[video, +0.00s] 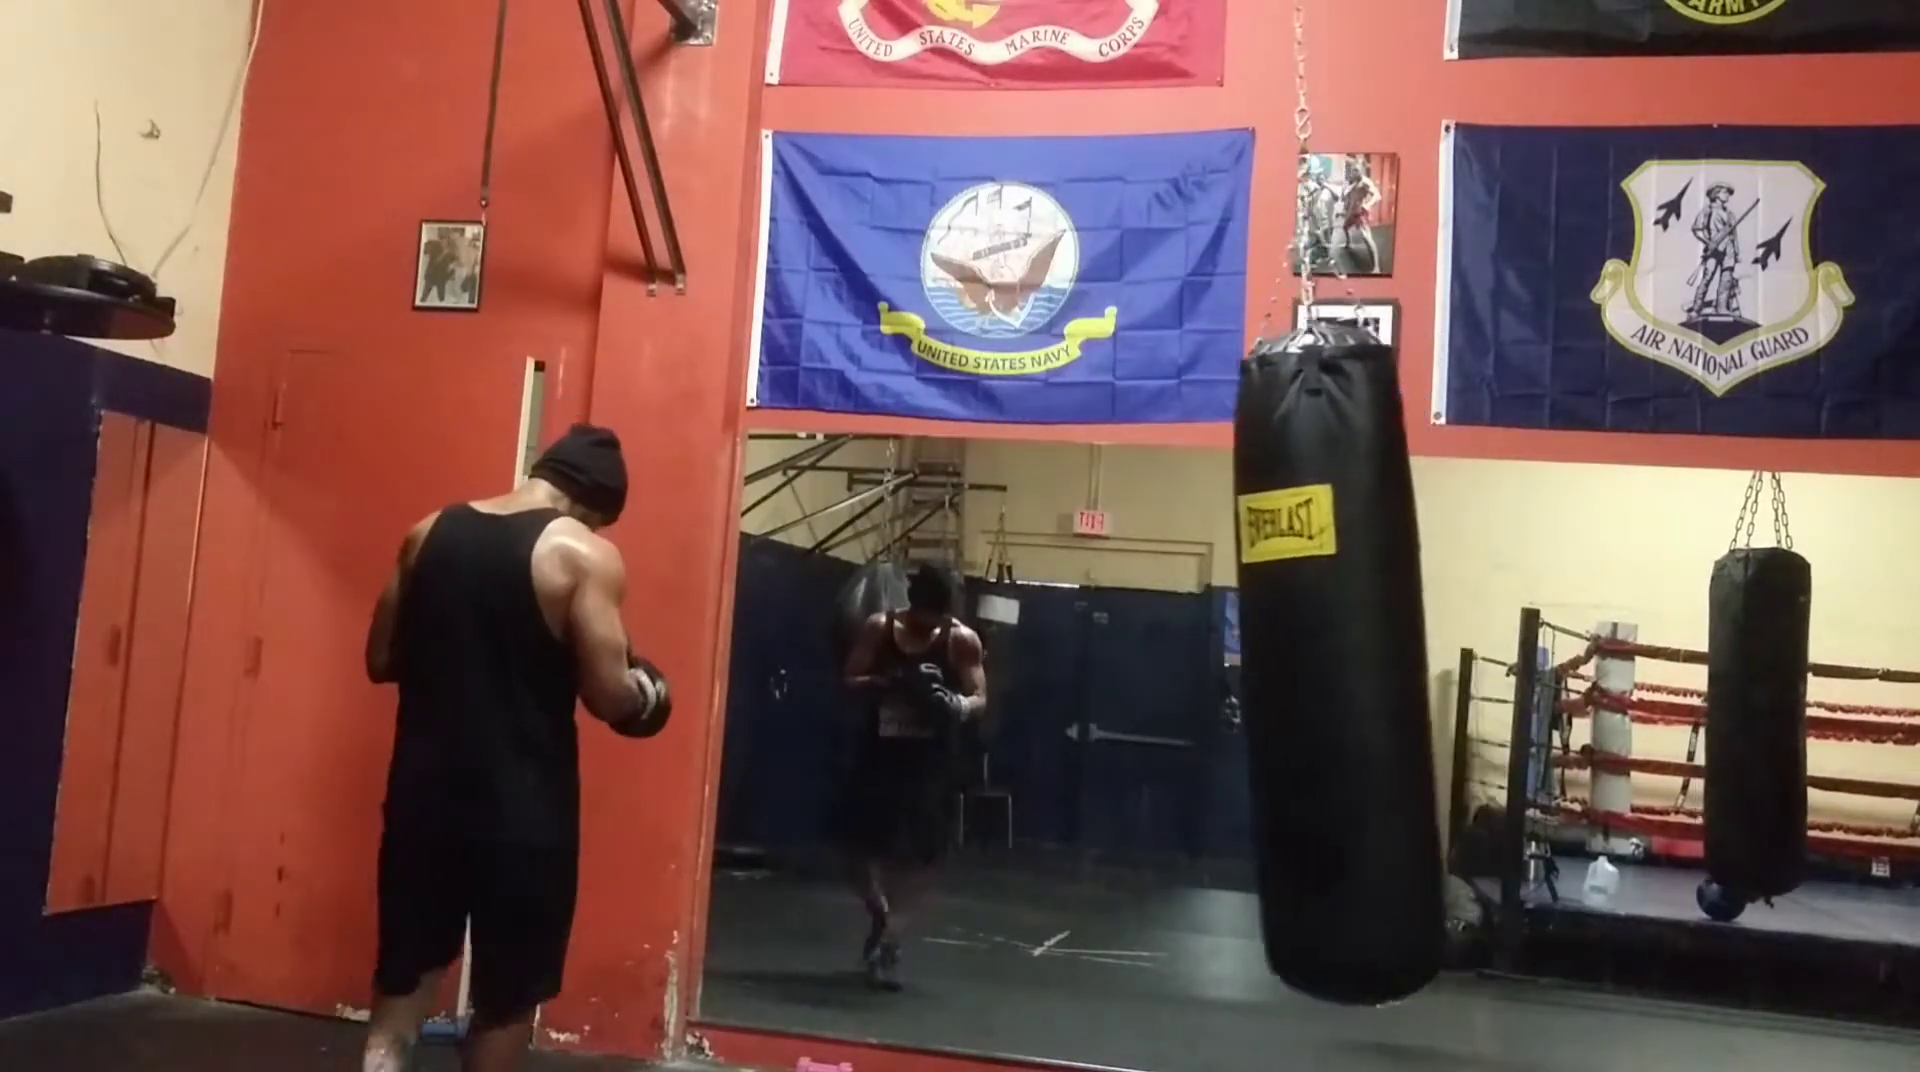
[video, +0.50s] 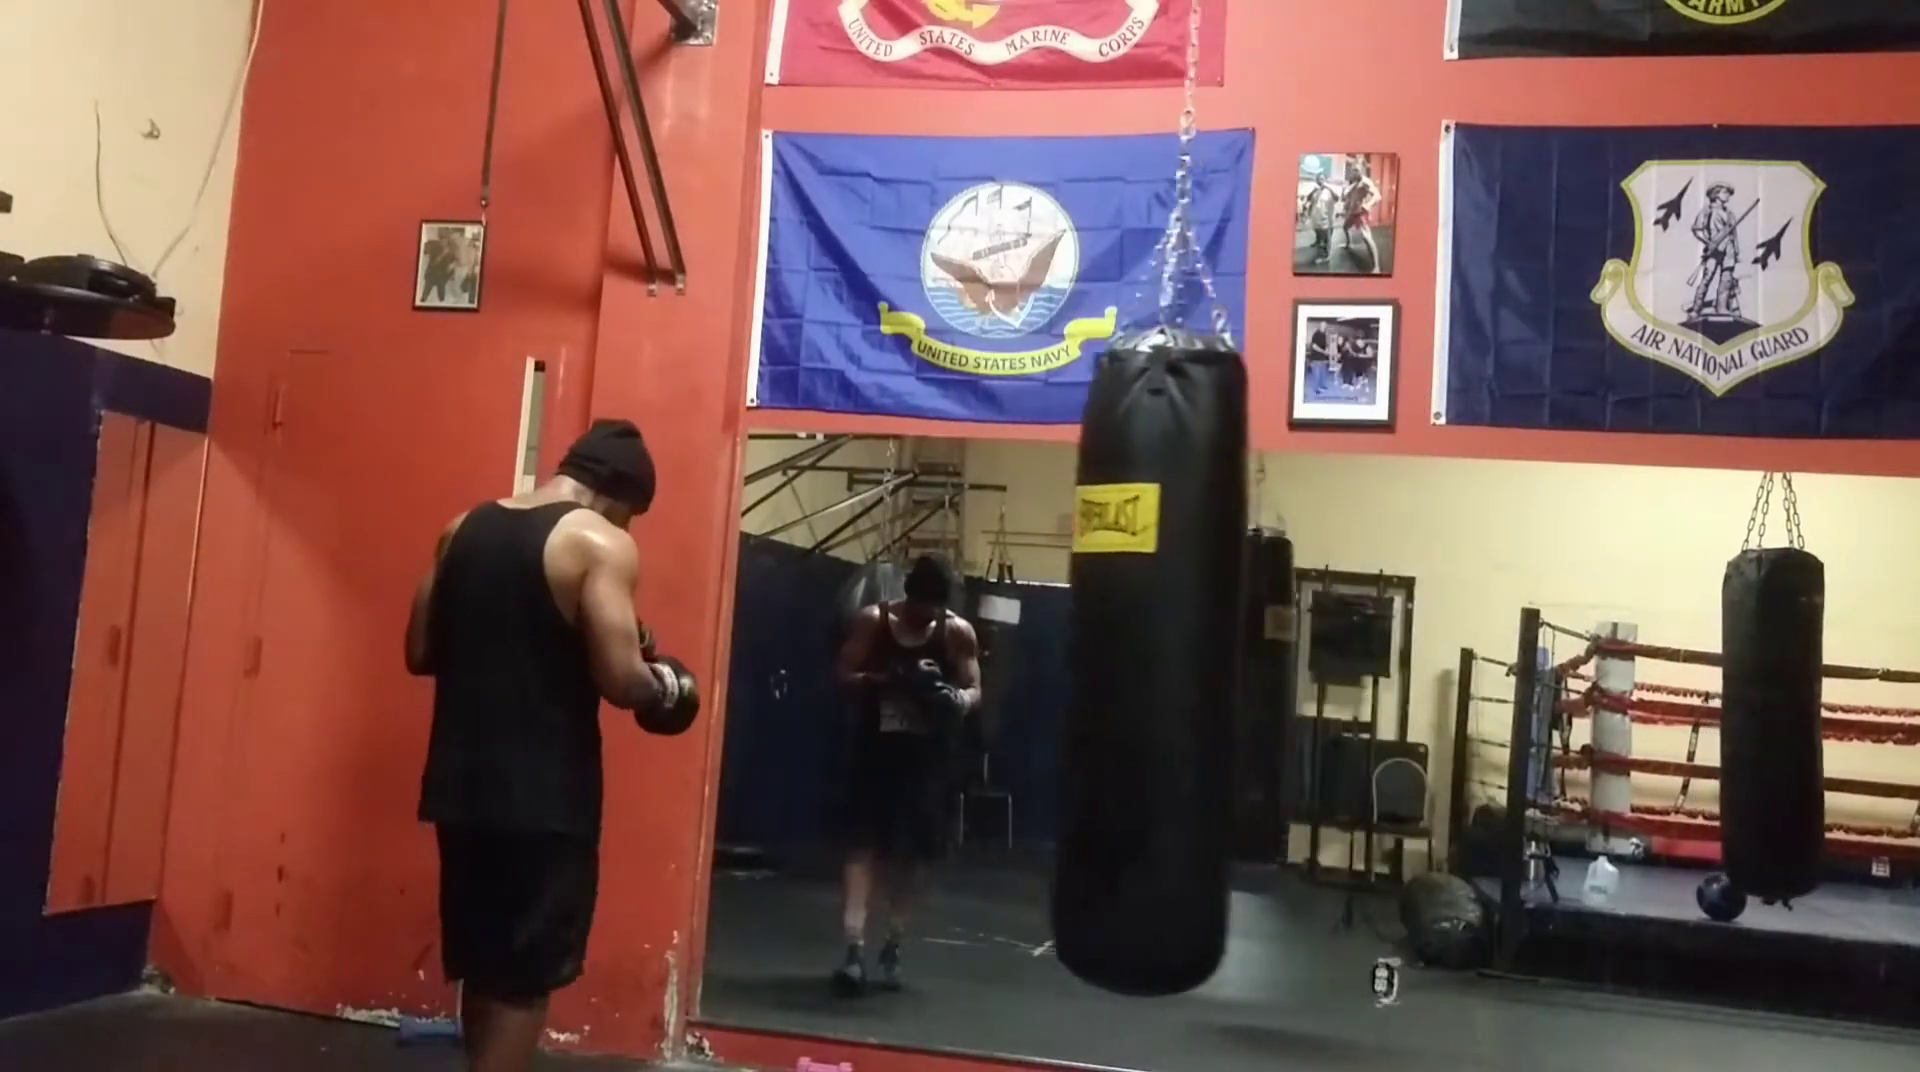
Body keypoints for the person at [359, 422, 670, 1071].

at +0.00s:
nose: (595, 529)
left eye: (597, 517)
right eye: (600, 518)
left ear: (538, 471)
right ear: (600, 506)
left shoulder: (431, 531)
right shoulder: (586, 553)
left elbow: (382, 661)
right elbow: (611, 698)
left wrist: (463, 635)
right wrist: (649, 695)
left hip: (424, 802)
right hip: (525, 815)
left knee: (400, 992)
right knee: (506, 1011)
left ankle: (381, 1061)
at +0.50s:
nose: (624, 526)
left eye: (629, 514)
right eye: (629, 513)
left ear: (567, 471)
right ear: (620, 492)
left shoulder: (467, 526)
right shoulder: (602, 542)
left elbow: (421, 654)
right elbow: (620, 678)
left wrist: (507, 635)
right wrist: (660, 684)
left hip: (464, 793)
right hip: (546, 802)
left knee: (481, 976)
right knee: (522, 987)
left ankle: (485, 1064)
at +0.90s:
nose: (649, 531)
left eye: (655, 519)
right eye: (654, 517)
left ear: (595, 476)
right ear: (642, 496)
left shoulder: (496, 524)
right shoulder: (621, 544)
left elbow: (442, 647)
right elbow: (632, 674)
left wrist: (528, 636)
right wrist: (673, 691)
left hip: (474, 778)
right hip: (554, 791)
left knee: (499, 964)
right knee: (514, 970)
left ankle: (504, 1061)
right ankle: (491, 1066)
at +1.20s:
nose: (659, 543)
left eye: (665, 531)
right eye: (663, 529)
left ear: (602, 491)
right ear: (648, 508)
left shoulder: (512, 541)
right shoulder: (626, 555)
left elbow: (461, 661)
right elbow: (642, 680)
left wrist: (555, 641)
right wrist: (687, 695)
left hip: (490, 786)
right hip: (576, 791)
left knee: (512, 961)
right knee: (605, 950)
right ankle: (525, 1061)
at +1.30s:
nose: (664, 545)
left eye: (670, 533)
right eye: (668, 532)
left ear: (608, 495)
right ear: (651, 512)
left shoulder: (522, 544)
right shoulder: (632, 558)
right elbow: (645, 679)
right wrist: (693, 694)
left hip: (500, 774)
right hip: (583, 780)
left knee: (523, 946)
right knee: (642, 933)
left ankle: (515, 1067)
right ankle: (547, 1053)